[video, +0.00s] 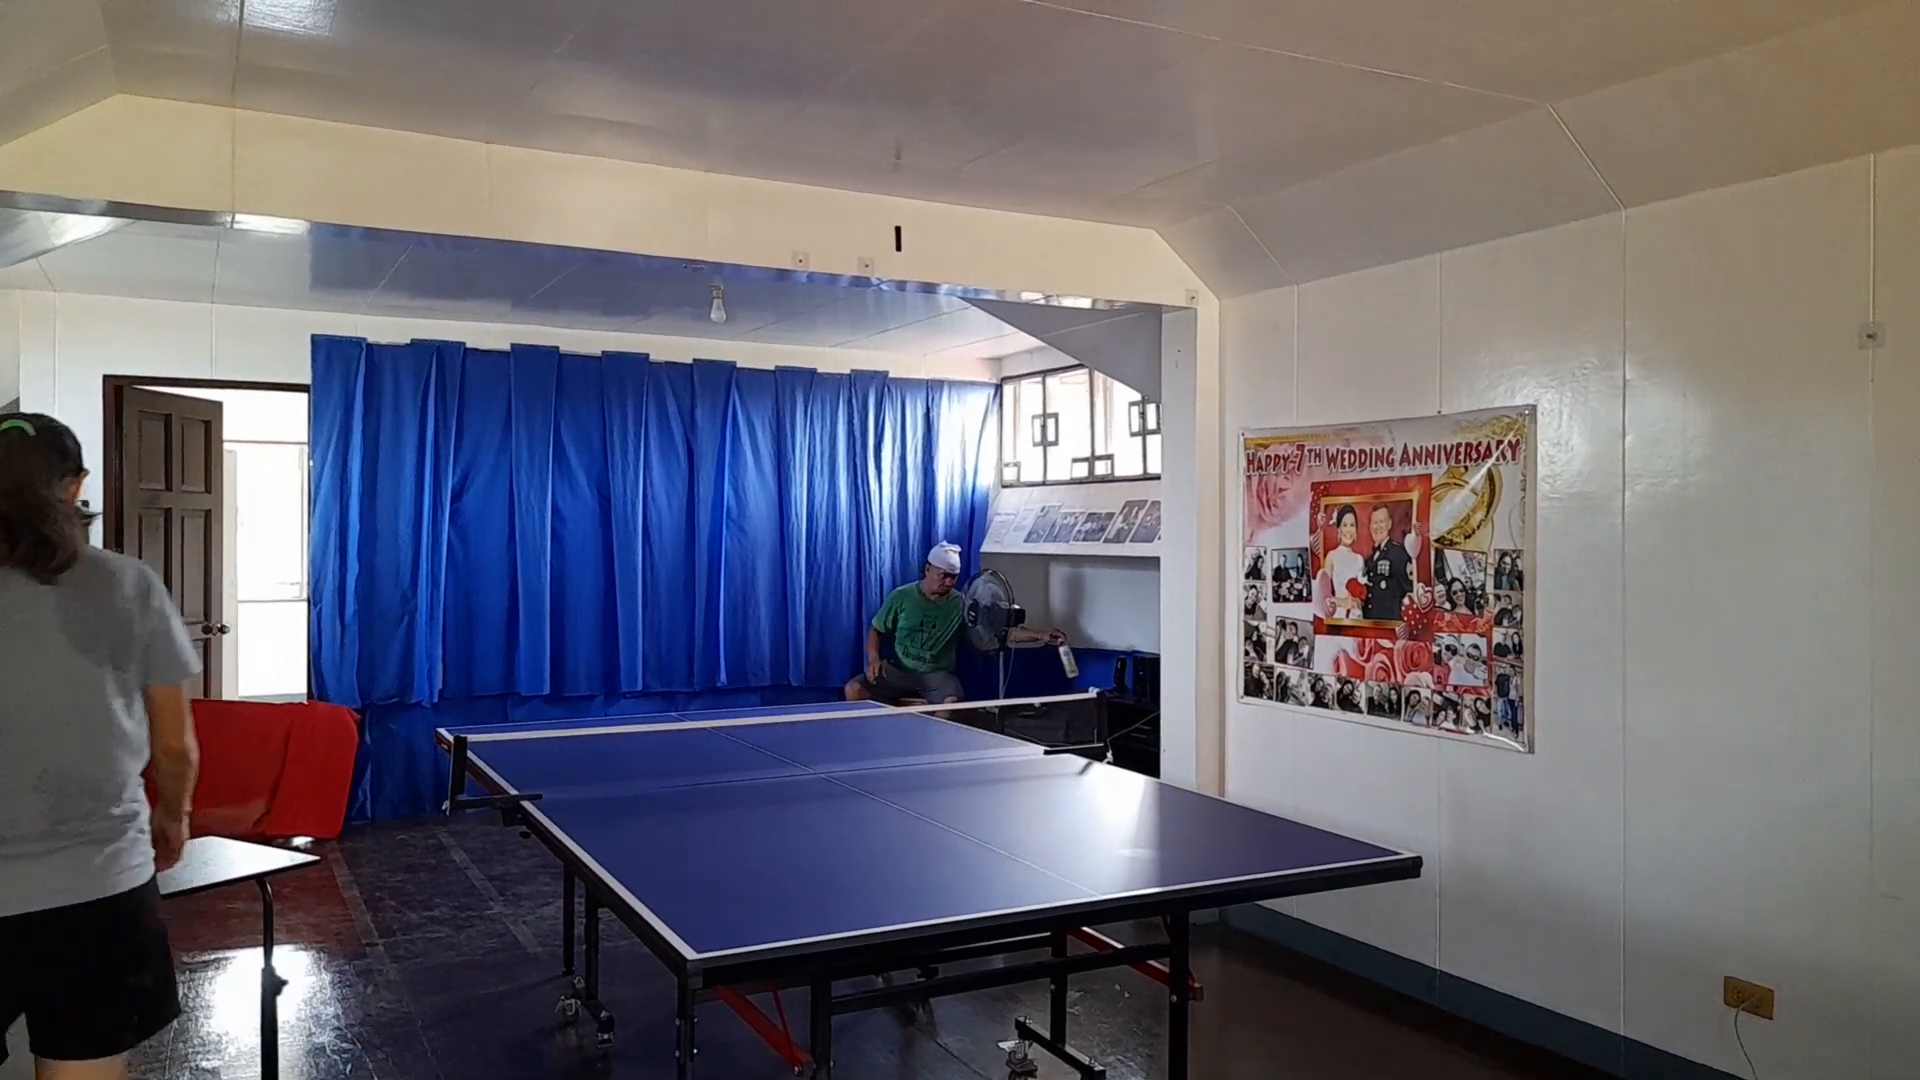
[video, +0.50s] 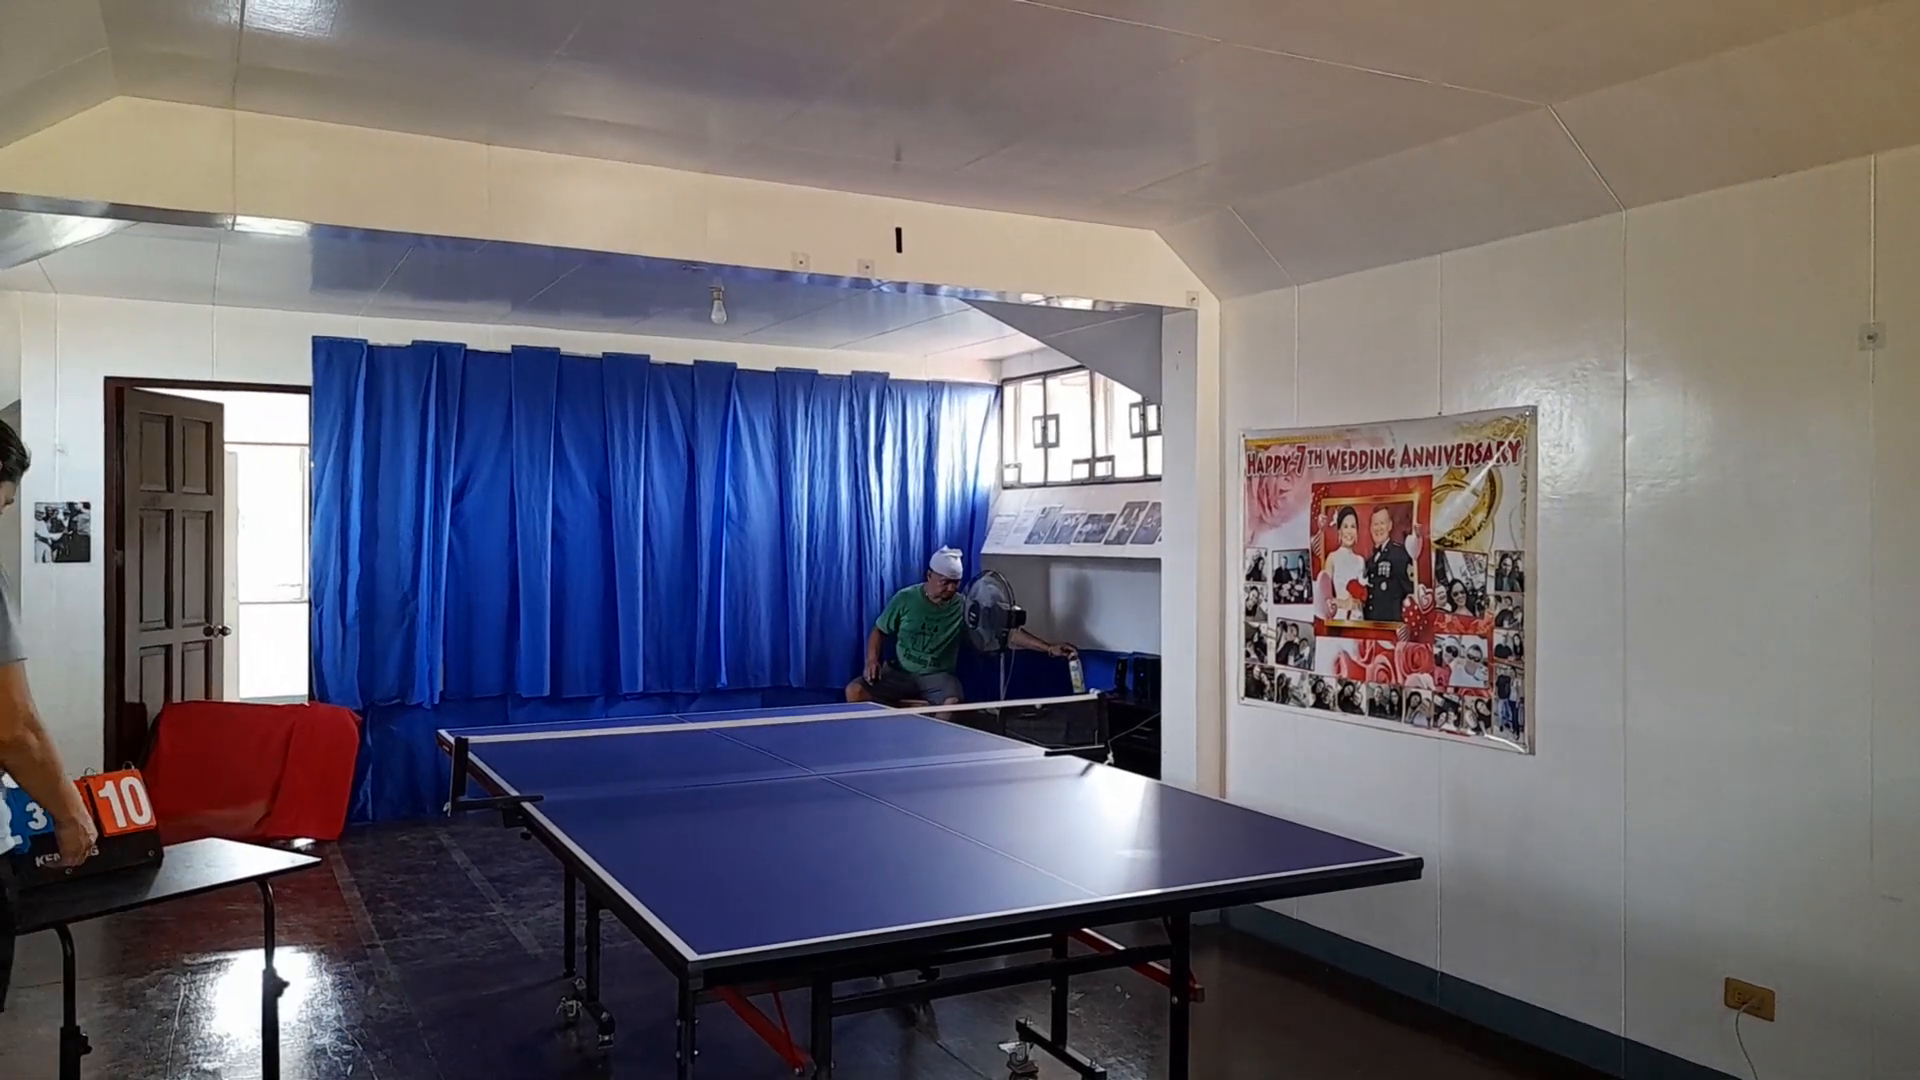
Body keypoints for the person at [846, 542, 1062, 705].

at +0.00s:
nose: (949, 583)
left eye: (954, 578)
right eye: (944, 577)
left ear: (958, 577)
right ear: (927, 571)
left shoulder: (960, 604)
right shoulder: (901, 596)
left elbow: (996, 633)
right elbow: (875, 631)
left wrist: (1039, 637)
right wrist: (874, 659)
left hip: (937, 676)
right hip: (900, 672)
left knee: (951, 704)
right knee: (853, 689)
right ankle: (876, 740)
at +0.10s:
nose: (949, 584)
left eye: (954, 578)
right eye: (944, 577)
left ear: (958, 578)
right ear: (928, 572)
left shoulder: (960, 604)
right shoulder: (902, 596)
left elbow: (1001, 629)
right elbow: (875, 631)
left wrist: (1044, 640)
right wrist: (870, 657)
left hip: (937, 676)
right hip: (900, 672)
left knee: (952, 704)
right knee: (854, 688)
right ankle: (869, 744)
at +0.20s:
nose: (949, 587)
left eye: (954, 581)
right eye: (944, 580)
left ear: (959, 580)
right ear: (929, 574)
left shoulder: (961, 607)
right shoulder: (904, 598)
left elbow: (1003, 631)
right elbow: (878, 631)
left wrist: (1046, 644)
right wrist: (871, 657)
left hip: (938, 678)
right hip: (901, 673)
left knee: (952, 706)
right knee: (855, 690)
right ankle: (875, 745)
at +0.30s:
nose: (949, 586)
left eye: (954, 580)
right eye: (944, 579)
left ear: (958, 579)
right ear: (928, 574)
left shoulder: (961, 606)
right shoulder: (903, 597)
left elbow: (1004, 630)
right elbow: (878, 630)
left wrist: (1047, 646)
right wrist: (870, 657)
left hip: (937, 677)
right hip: (899, 671)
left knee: (952, 705)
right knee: (853, 689)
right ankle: (876, 743)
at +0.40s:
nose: (949, 586)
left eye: (954, 581)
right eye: (944, 580)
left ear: (959, 580)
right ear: (928, 574)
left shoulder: (962, 606)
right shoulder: (903, 597)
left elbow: (1005, 630)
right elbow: (877, 631)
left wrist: (1047, 646)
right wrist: (871, 658)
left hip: (937, 677)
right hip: (899, 672)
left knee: (952, 705)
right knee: (853, 689)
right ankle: (875, 743)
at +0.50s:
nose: (951, 588)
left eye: (955, 583)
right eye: (945, 582)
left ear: (960, 582)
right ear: (929, 577)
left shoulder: (963, 607)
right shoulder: (905, 598)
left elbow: (1005, 631)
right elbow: (878, 631)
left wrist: (1048, 648)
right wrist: (872, 660)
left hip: (938, 678)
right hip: (900, 672)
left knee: (953, 706)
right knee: (854, 690)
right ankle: (876, 745)